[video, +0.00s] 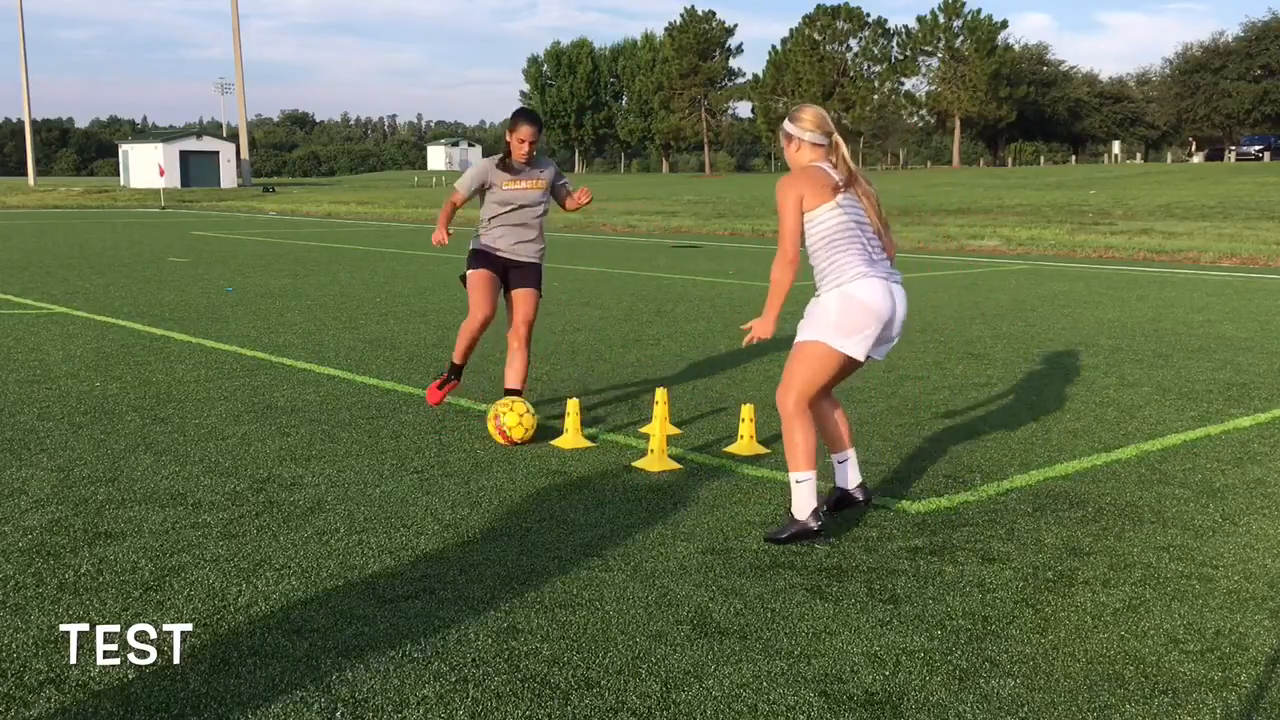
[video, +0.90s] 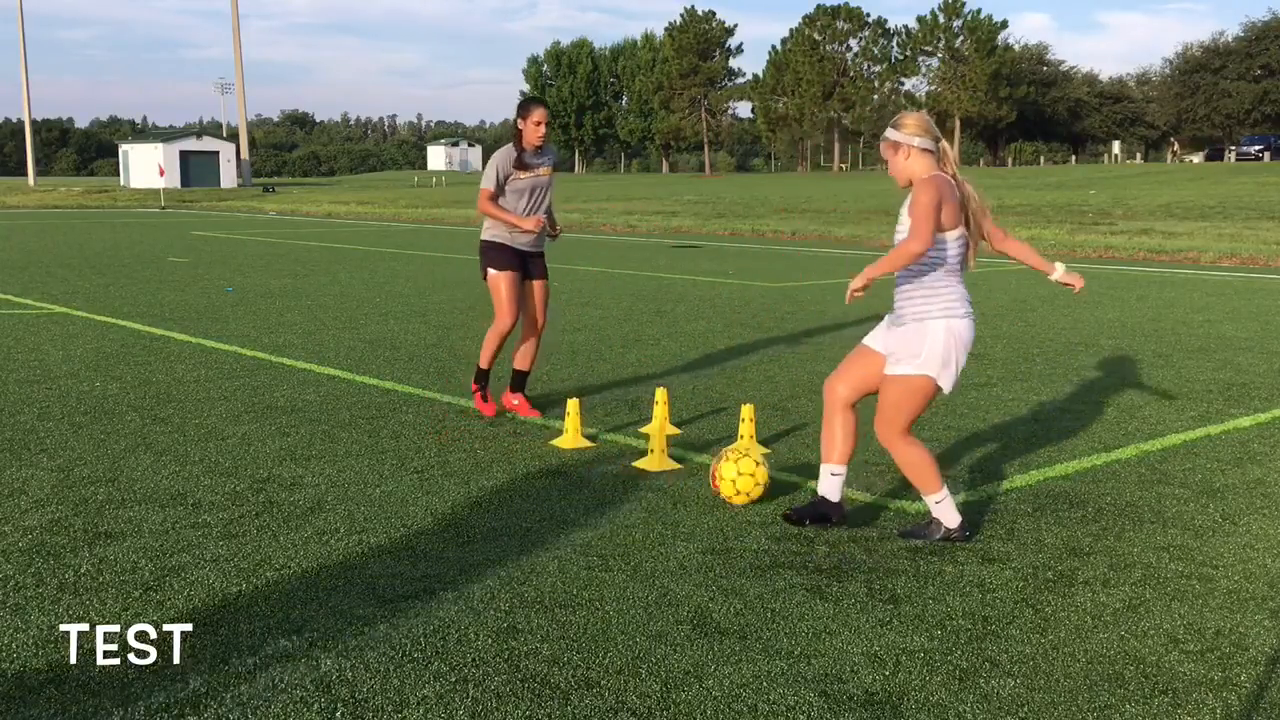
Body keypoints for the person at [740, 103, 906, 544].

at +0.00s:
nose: (784, 153)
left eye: (785, 145)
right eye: (784, 146)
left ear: (797, 143)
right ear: (826, 143)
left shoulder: (795, 181)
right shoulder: (854, 181)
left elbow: (788, 258)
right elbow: (886, 247)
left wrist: (768, 316)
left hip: (850, 296)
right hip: (887, 294)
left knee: (791, 396)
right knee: (818, 391)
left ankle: (805, 514)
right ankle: (851, 486)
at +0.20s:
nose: (796, 169)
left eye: (797, 160)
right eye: (795, 160)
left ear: (811, 156)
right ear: (839, 157)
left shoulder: (814, 195)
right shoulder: (864, 197)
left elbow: (803, 269)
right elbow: (885, 267)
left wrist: (771, 299)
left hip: (851, 320)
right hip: (886, 319)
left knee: (822, 435)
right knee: (834, 433)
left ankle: (849, 554)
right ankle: (869, 525)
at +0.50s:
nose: (832, 161)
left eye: (833, 152)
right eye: (832, 152)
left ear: (847, 149)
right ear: (873, 150)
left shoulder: (864, 187)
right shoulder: (894, 192)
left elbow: (821, 242)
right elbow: (921, 265)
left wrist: (792, 231)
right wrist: (901, 308)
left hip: (881, 327)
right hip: (901, 323)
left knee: (855, 440)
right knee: (815, 407)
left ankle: (877, 554)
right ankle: (865, 506)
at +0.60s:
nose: (849, 146)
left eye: (853, 137)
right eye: (849, 138)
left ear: (871, 136)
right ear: (888, 138)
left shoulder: (892, 165)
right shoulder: (901, 178)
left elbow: (819, 163)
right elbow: (917, 261)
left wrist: (818, 158)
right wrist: (868, 288)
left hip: (903, 319)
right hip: (890, 316)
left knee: (851, 423)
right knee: (840, 413)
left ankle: (882, 546)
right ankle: (872, 519)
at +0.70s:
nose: (870, 127)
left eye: (876, 113)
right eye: (870, 117)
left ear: (896, 117)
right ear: (913, 121)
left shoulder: (911, 148)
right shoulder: (924, 169)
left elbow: (881, 105)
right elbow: (947, 237)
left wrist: (845, 120)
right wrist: (940, 273)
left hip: (909, 303)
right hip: (890, 304)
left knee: (858, 411)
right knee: (844, 404)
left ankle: (931, 504)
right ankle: (871, 514)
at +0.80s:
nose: (879, 152)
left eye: (882, 143)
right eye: (879, 143)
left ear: (900, 138)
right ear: (919, 138)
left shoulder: (920, 157)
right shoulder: (941, 175)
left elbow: (906, 169)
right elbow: (981, 230)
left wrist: (869, 186)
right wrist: (1029, 257)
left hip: (924, 311)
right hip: (895, 311)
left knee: (896, 424)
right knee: (832, 392)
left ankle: (950, 523)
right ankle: (859, 503)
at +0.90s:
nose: (887, 168)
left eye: (889, 158)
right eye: (886, 159)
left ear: (909, 151)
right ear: (920, 150)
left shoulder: (928, 186)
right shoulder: (953, 190)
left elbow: (918, 243)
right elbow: (1001, 239)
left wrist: (869, 272)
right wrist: (1054, 270)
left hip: (938, 324)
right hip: (912, 320)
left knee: (891, 429)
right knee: (838, 390)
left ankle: (950, 522)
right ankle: (829, 500)